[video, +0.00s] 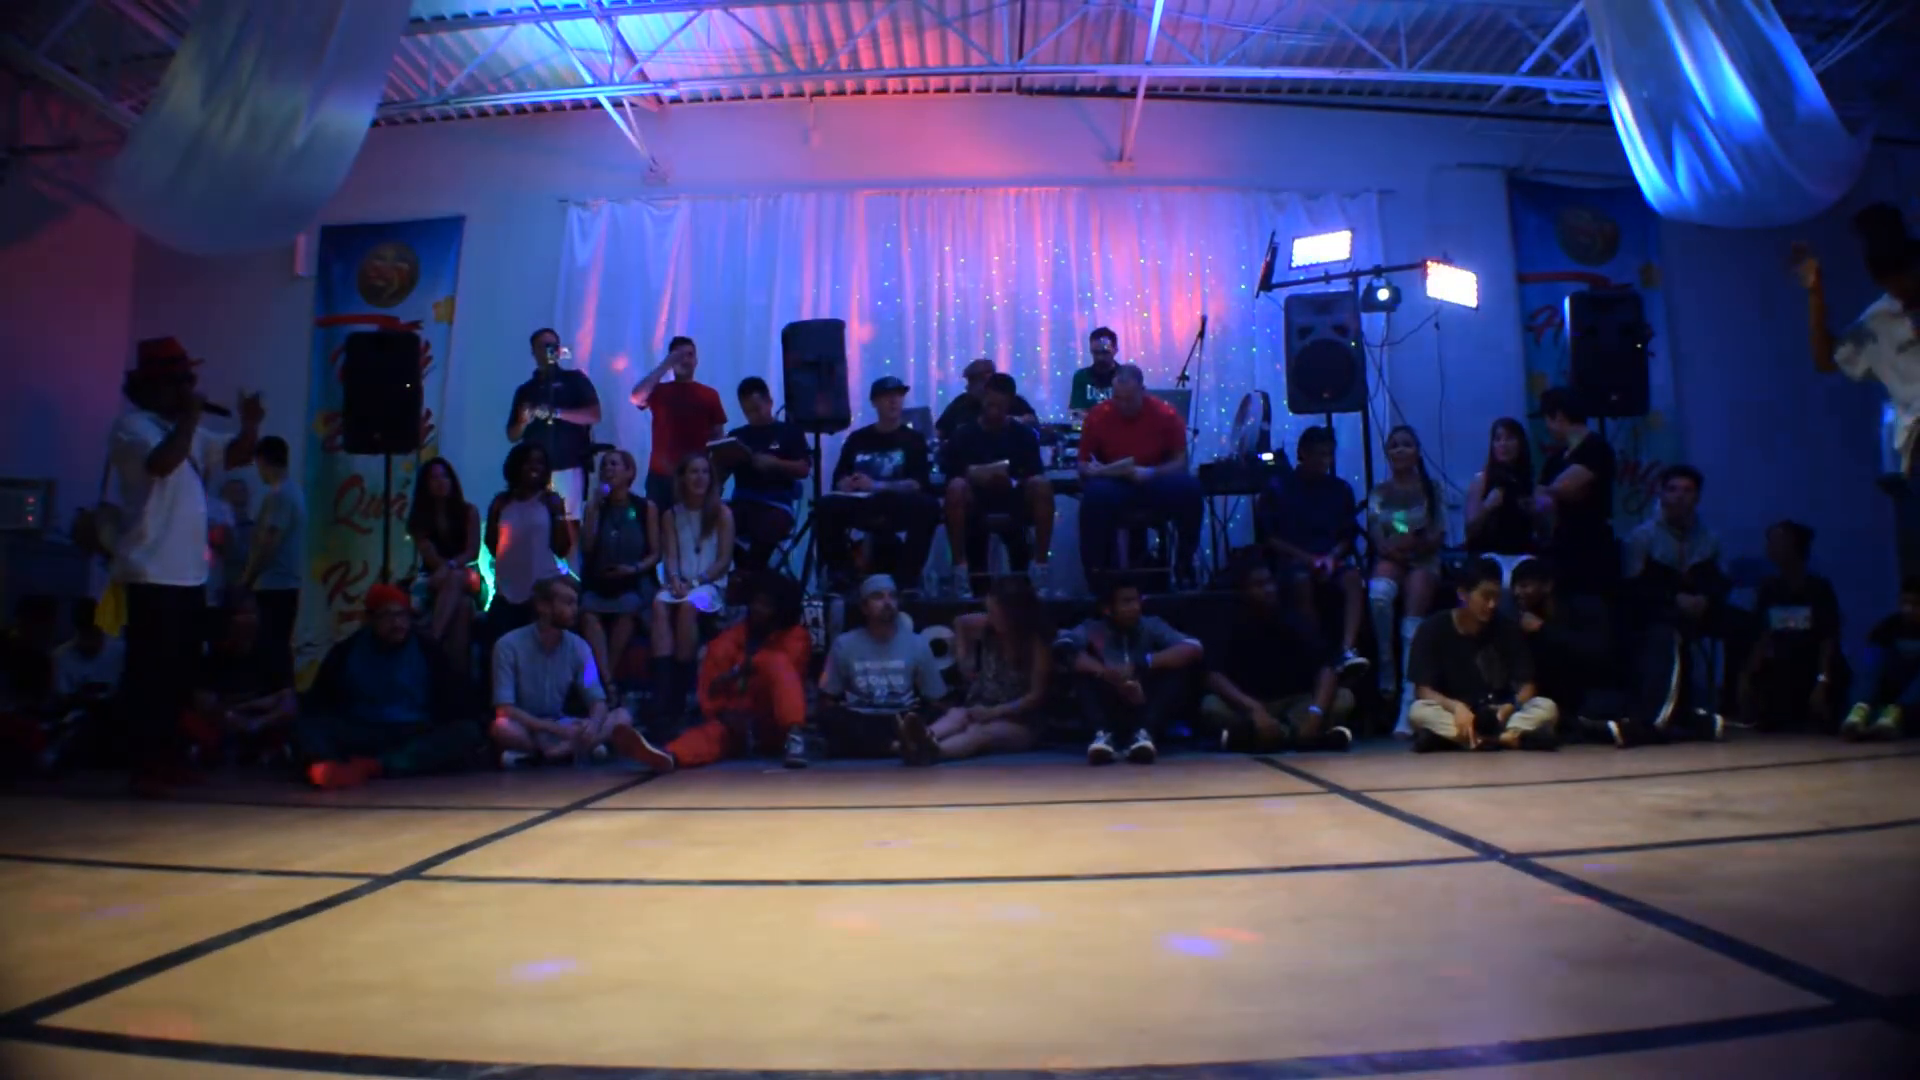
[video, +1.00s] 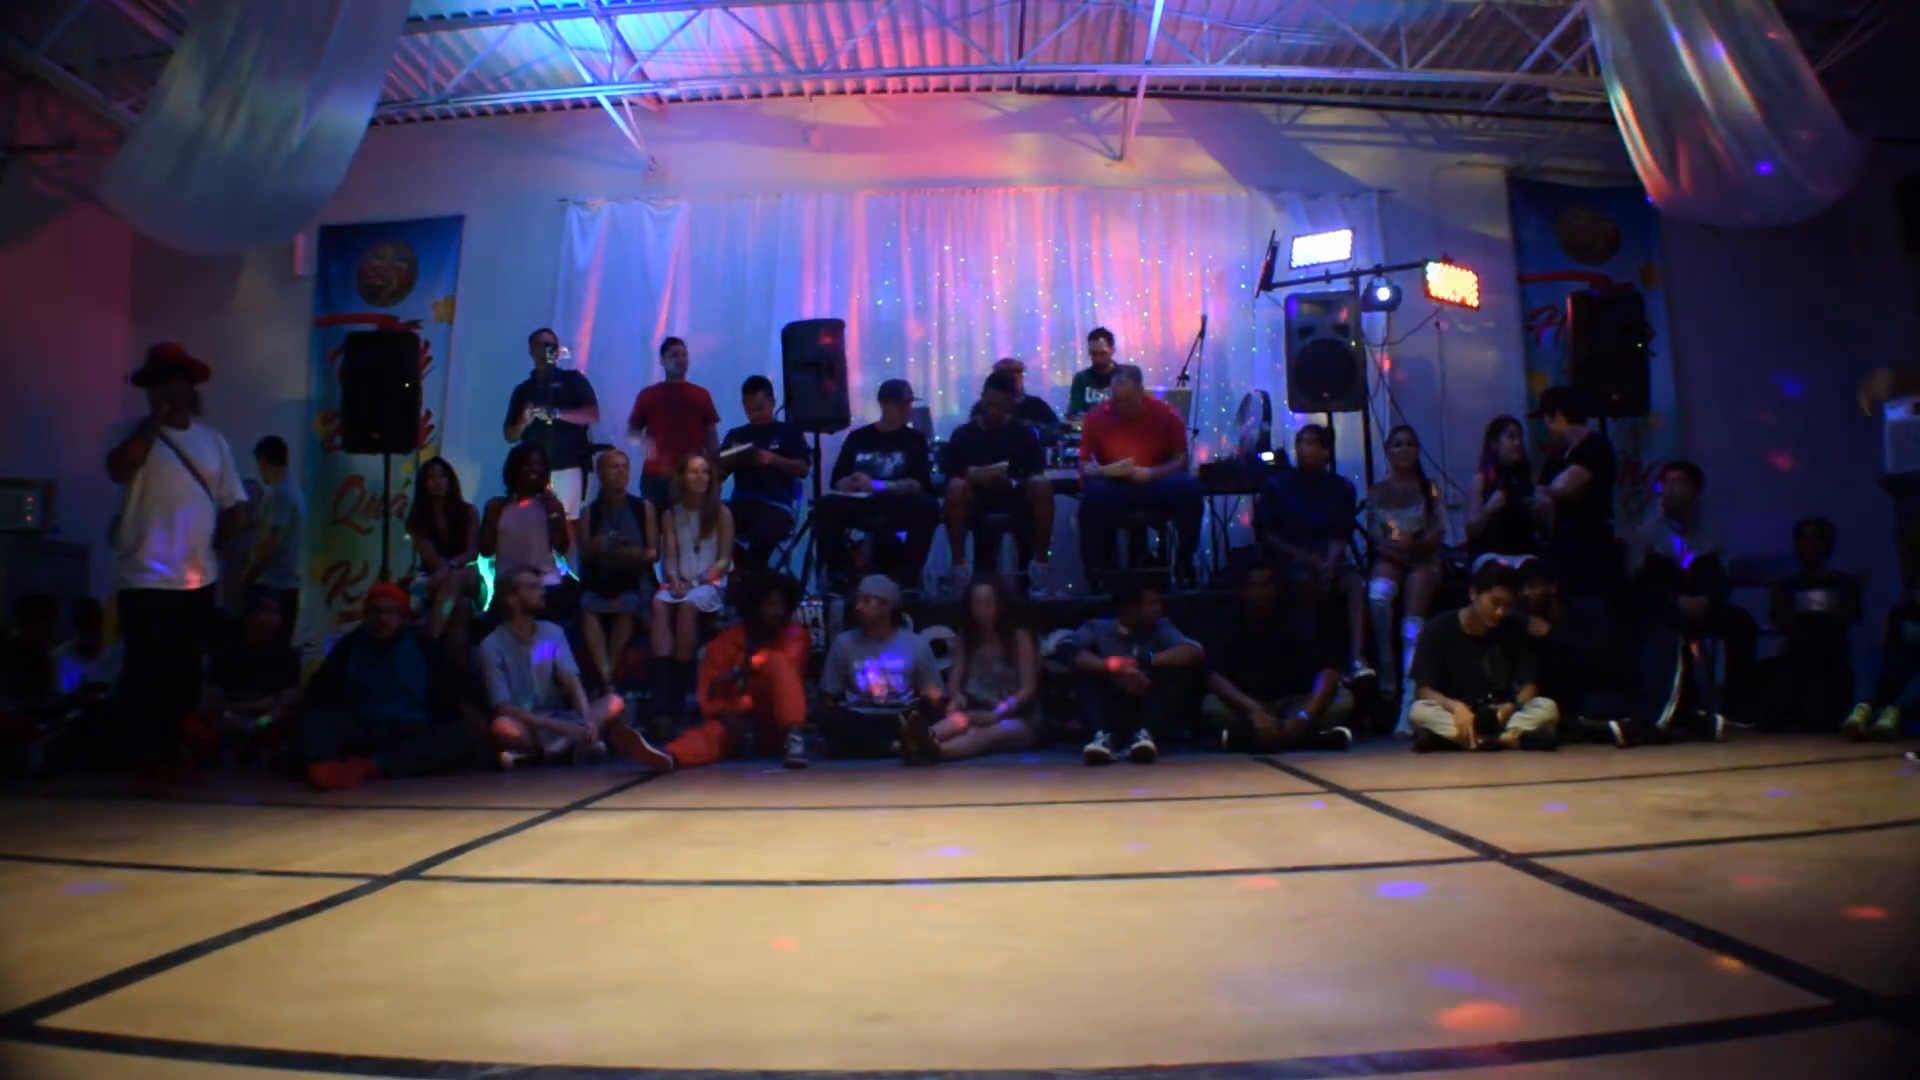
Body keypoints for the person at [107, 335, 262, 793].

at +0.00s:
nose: (189, 391)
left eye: (189, 383)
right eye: (179, 383)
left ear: (184, 386)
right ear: (154, 387)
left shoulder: (187, 433)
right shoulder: (132, 426)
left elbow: (236, 456)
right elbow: (160, 464)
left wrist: (248, 428)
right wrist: (189, 418)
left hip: (188, 577)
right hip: (151, 575)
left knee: (181, 677)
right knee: (151, 677)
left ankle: (172, 761)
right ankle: (146, 767)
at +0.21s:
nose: (180, 392)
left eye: (182, 384)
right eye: (169, 384)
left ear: (185, 390)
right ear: (146, 388)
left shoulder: (194, 432)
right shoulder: (127, 428)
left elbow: (239, 450)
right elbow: (142, 465)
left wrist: (251, 423)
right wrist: (178, 416)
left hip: (189, 581)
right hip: (145, 580)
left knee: (184, 680)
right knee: (147, 680)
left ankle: (176, 762)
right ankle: (145, 768)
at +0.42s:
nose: (182, 389)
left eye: (184, 381)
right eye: (171, 382)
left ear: (186, 387)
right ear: (147, 387)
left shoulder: (202, 435)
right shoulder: (125, 431)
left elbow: (256, 463)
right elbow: (124, 468)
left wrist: (250, 469)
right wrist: (156, 421)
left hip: (191, 585)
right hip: (142, 585)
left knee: (184, 685)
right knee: (144, 685)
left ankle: (177, 763)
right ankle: (143, 769)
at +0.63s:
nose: (173, 393)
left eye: (178, 385)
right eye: (163, 386)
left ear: (185, 388)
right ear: (144, 391)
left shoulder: (207, 437)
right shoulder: (128, 434)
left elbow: (241, 491)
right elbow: (117, 471)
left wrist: (240, 526)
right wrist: (150, 422)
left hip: (194, 585)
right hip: (142, 584)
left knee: (185, 681)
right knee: (143, 682)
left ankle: (177, 761)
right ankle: (142, 765)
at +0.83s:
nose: (169, 394)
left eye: (175, 386)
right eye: (160, 387)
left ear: (188, 388)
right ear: (144, 392)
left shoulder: (211, 441)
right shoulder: (130, 433)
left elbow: (232, 505)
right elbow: (116, 470)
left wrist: (223, 552)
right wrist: (153, 423)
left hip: (192, 586)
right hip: (141, 586)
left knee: (185, 683)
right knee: (143, 683)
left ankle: (178, 761)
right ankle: (143, 766)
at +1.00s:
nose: (176, 396)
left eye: (181, 388)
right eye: (166, 389)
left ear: (193, 391)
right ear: (151, 393)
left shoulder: (213, 442)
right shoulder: (138, 435)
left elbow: (235, 506)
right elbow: (119, 470)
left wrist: (220, 556)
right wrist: (157, 423)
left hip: (195, 582)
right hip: (146, 579)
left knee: (187, 676)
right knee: (146, 675)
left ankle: (179, 757)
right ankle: (143, 760)